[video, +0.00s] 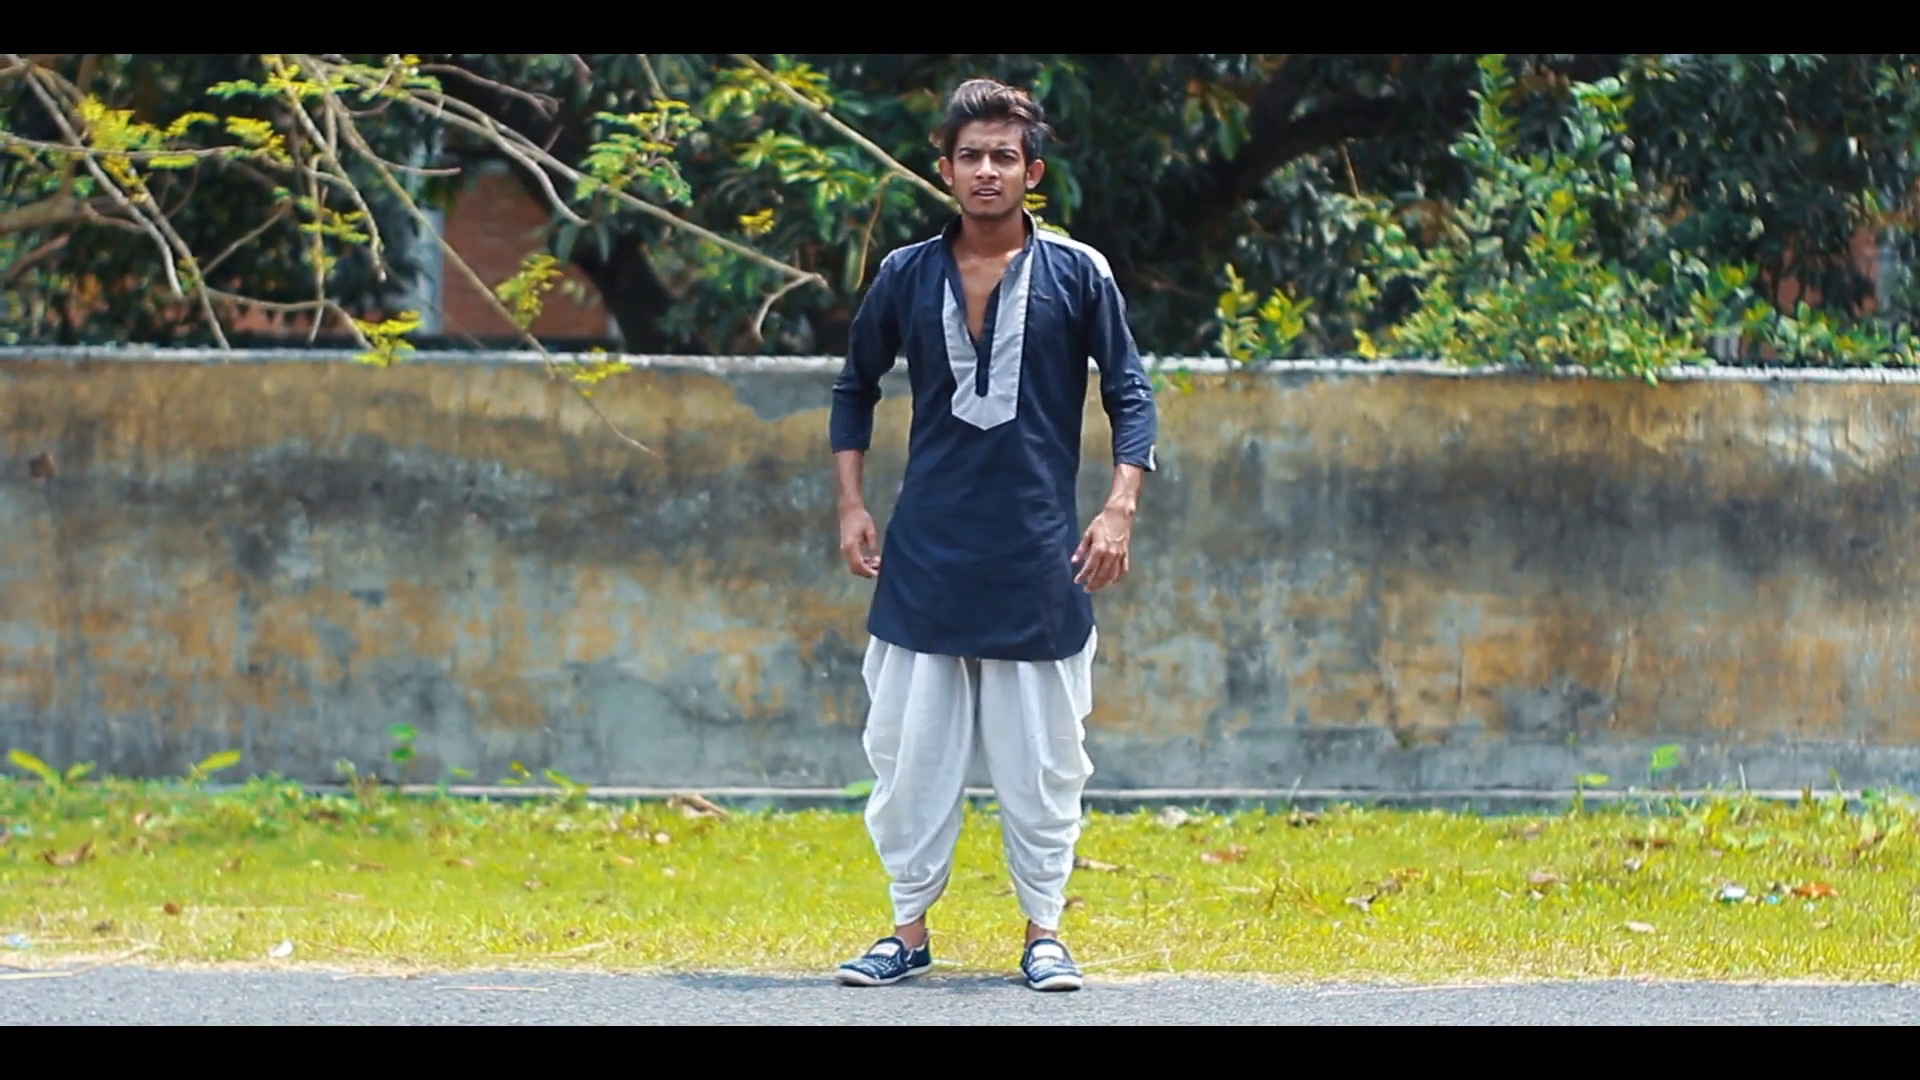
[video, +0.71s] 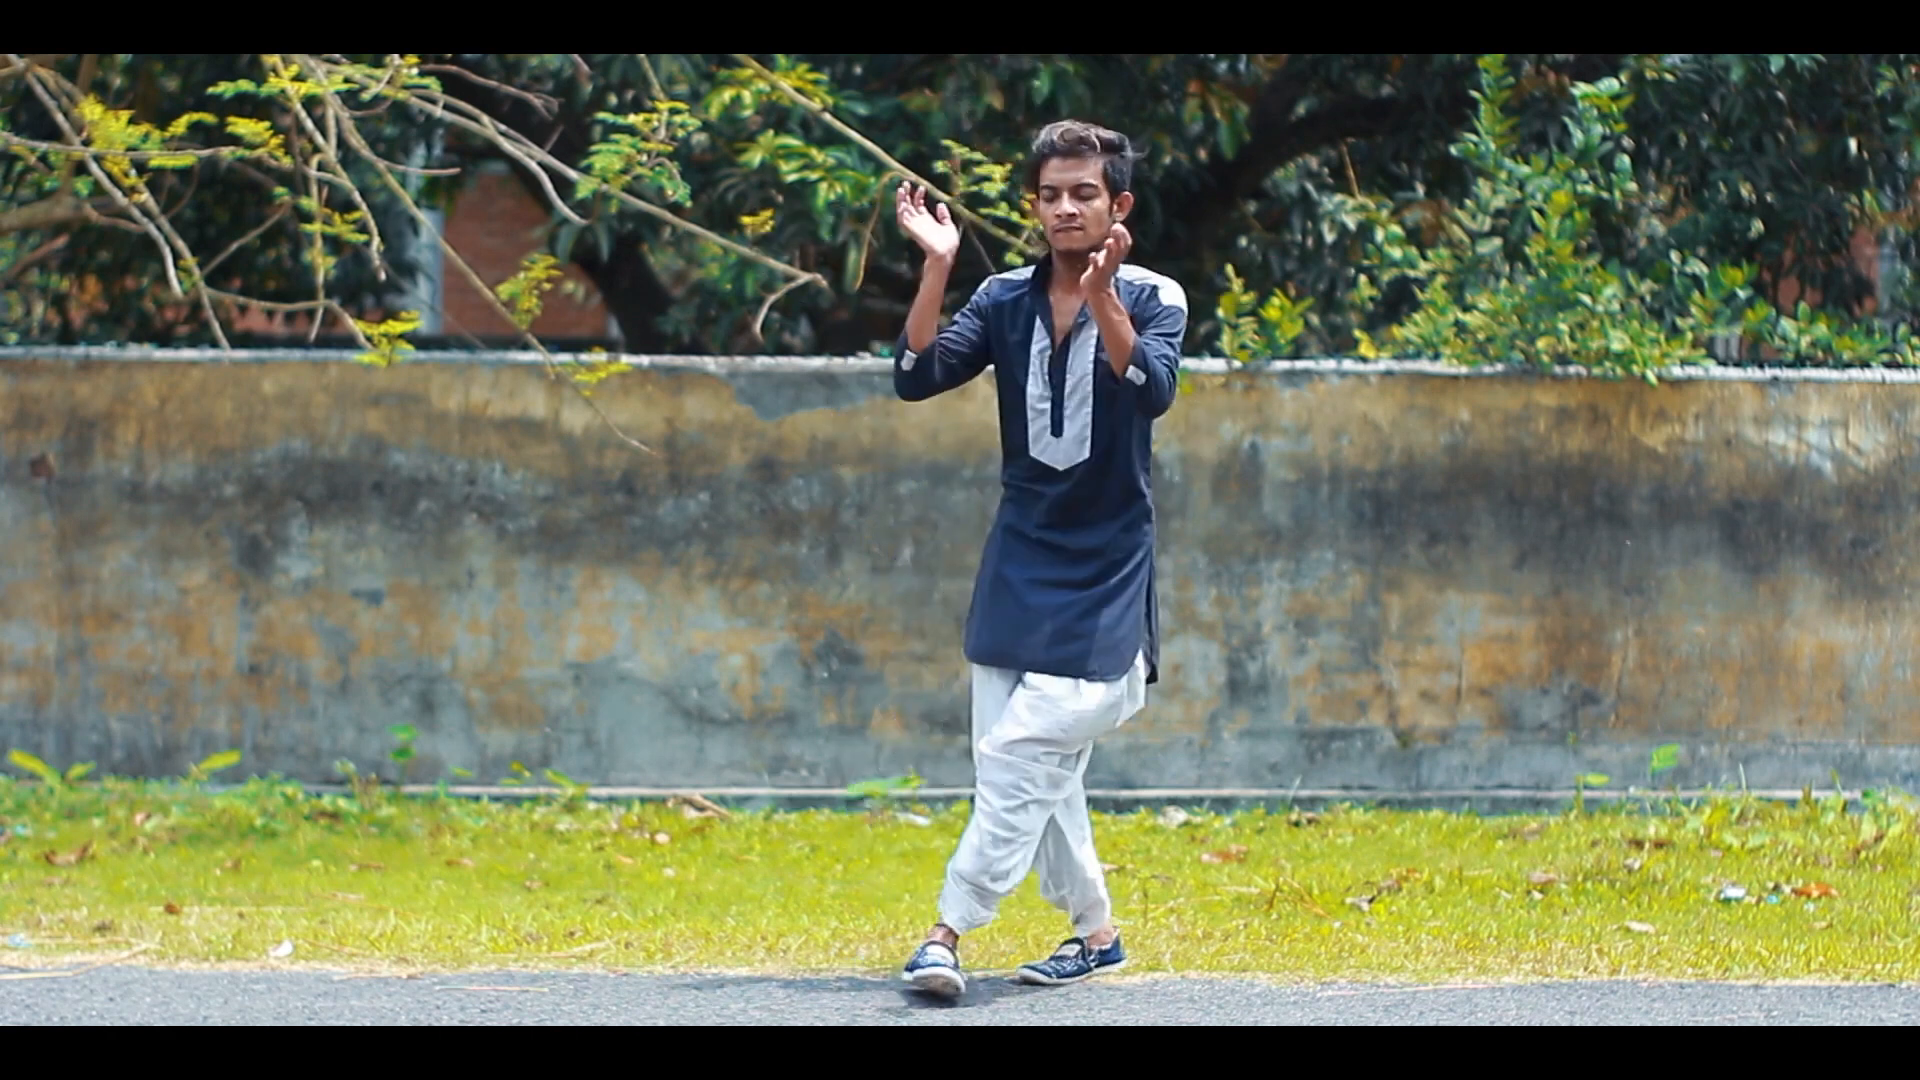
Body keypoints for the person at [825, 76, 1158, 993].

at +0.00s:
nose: (988, 173)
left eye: (1005, 158)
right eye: (972, 158)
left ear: (1031, 169)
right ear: (948, 169)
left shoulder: (1079, 273)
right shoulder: (902, 275)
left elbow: (1130, 396)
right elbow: (856, 388)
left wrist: (1120, 507)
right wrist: (851, 503)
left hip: (1036, 547)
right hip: (926, 546)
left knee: (1043, 750)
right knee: (907, 747)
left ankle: (1044, 935)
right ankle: (910, 933)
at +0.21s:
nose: (980, 194)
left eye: (997, 179)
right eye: (964, 178)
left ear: (1023, 193)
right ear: (938, 190)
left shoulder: (1063, 297)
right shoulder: (904, 298)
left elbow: (1148, 402)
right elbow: (878, 423)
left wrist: (1244, 489)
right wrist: (775, 488)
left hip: (1024, 561)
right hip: (920, 557)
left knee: (1042, 760)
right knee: (886, 750)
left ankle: (1042, 935)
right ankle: (902, 932)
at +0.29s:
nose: (981, 202)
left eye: (998, 187)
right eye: (966, 187)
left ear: (1025, 200)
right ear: (940, 198)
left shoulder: (1068, 298)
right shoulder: (908, 299)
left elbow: (1184, 363)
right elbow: (844, 388)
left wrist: (1314, 376)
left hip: (1025, 572)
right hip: (920, 568)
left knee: (1040, 763)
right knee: (878, 754)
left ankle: (1041, 936)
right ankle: (900, 937)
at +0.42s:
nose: (1005, 154)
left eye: (1020, 138)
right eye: (990, 138)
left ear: (1051, 142)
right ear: (966, 143)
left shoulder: (1093, 223)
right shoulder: (931, 220)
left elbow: (1170, 245)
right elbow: (835, 230)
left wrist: (1215, 242)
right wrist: (787, 209)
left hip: (1051, 515)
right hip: (949, 511)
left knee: (1026, 715)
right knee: (918, 720)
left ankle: (1016, 903)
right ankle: (939, 906)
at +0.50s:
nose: (1023, 145)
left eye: (1040, 129)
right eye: (1008, 130)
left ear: (1073, 132)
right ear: (985, 132)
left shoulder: (1110, 212)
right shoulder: (959, 205)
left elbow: (1155, 289)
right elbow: (837, 253)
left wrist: (1066, 287)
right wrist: (924, 246)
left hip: (1067, 491)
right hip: (973, 485)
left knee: (1017, 690)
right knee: (936, 695)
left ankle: (986, 892)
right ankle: (1022, 884)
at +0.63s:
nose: (1053, 186)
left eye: (1071, 168)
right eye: (1037, 169)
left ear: (1103, 183)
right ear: (1014, 180)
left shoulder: (1130, 288)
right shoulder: (987, 280)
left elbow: (1083, 404)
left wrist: (984, 339)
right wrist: (1030, 294)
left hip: (1097, 533)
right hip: (1001, 525)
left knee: (1010, 710)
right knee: (989, 726)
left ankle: (943, 924)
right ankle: (1095, 929)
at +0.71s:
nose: (1065, 208)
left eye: (1083, 194)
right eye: (1052, 194)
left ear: (1121, 205)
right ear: (1034, 205)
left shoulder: (1152, 297)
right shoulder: (1010, 293)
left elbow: (1149, 393)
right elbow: (914, 376)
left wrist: (1101, 291)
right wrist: (940, 264)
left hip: (1109, 555)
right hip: (1019, 547)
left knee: (1028, 746)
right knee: (1018, 756)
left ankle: (945, 937)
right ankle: (1095, 928)